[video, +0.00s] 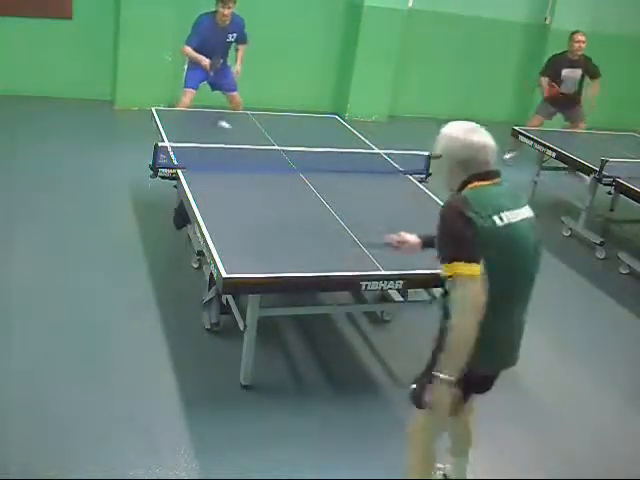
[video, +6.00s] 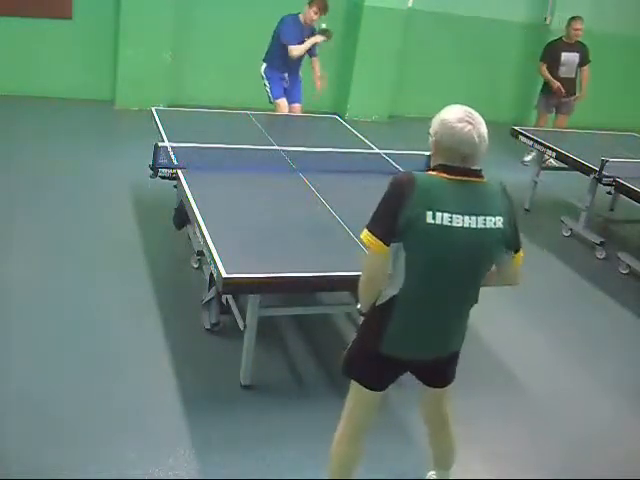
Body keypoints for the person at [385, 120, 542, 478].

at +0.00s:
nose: (437, 169)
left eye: (440, 161)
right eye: (437, 161)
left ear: (454, 164)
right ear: (486, 158)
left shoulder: (460, 209)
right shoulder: (512, 199)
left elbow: (471, 300)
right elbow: (484, 240)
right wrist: (422, 242)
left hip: (468, 348)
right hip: (501, 344)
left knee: (422, 425)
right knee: (460, 406)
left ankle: (421, 473)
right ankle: (459, 470)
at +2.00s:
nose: (258, 147)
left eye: (259, 142)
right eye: (260, 140)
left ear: (268, 153)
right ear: (302, 137)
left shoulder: (278, 204)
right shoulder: (329, 165)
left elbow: (285, 286)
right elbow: (315, 230)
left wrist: (289, 318)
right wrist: (272, 252)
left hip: (325, 302)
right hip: (358, 287)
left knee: (267, 376)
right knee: (355, 360)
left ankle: (267, 470)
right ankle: (408, 428)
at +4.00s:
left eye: (391, 137)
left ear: (393, 146)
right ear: (443, 147)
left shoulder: (371, 191)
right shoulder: (464, 194)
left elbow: (344, 273)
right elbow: (488, 275)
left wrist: (339, 317)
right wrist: (475, 331)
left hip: (372, 334)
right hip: (424, 335)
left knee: (361, 440)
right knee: (389, 408)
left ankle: (360, 467)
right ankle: (368, 455)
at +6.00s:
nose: (429, 141)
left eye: (431, 136)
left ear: (432, 145)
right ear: (480, 153)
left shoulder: (408, 187)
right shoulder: (499, 197)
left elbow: (374, 264)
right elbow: (510, 275)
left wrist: (367, 308)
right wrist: (465, 272)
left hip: (393, 331)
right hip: (447, 335)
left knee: (353, 422)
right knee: (438, 415)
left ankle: (338, 475)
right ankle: (441, 474)